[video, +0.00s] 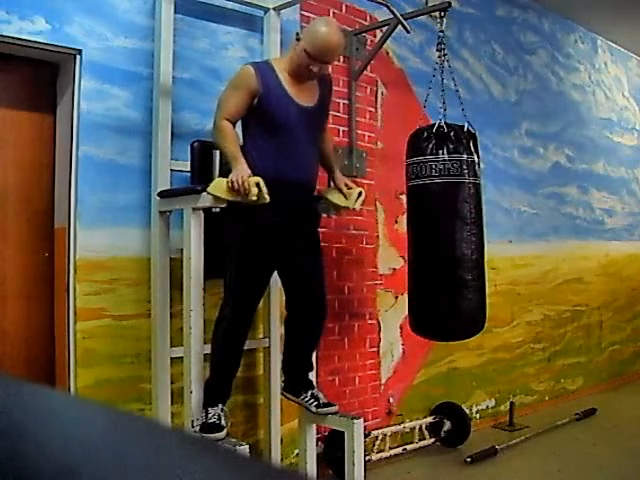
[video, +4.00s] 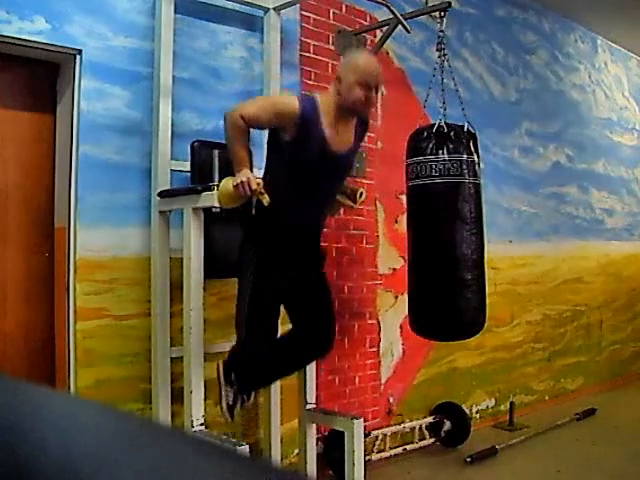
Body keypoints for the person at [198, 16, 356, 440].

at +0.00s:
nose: (319, 70)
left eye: (326, 64)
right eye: (315, 60)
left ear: (332, 60)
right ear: (300, 44)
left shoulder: (323, 84)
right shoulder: (255, 76)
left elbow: (319, 131)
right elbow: (223, 122)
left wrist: (336, 171)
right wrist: (238, 164)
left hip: (300, 212)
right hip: (257, 211)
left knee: (311, 305)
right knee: (238, 308)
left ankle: (297, 382)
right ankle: (213, 406)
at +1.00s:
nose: (324, 72)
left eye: (334, 69)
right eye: (323, 62)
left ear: (342, 67)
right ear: (312, 44)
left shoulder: (330, 90)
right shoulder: (266, 75)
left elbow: (323, 136)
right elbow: (234, 121)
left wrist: (339, 175)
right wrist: (242, 166)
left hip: (303, 211)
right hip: (260, 209)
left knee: (314, 306)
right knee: (240, 309)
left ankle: (298, 382)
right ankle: (213, 404)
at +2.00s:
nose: (335, 57)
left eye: (341, 51)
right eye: (330, 47)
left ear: (345, 48)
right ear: (309, 32)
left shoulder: (332, 75)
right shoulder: (266, 63)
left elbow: (328, 127)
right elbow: (239, 114)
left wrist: (339, 176)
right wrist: (245, 169)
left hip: (306, 204)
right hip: (266, 202)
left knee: (317, 301)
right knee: (244, 307)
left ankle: (303, 380)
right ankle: (215, 404)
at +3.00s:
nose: (341, 40)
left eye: (347, 33)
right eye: (335, 30)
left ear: (351, 33)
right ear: (310, 21)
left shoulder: (340, 75)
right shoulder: (273, 63)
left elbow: (335, 127)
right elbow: (240, 114)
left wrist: (338, 177)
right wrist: (245, 169)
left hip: (318, 194)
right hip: (278, 194)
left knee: (337, 294)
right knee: (286, 296)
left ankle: (295, 371)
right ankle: (272, 380)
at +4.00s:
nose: (372, 98)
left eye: (376, 89)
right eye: (365, 88)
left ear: (377, 90)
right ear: (339, 83)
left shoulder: (358, 124)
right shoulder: (298, 110)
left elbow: (320, 162)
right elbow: (237, 117)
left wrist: (341, 183)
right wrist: (243, 170)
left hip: (305, 240)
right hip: (267, 234)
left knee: (318, 334)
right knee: (258, 334)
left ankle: (241, 373)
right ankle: (241, 379)